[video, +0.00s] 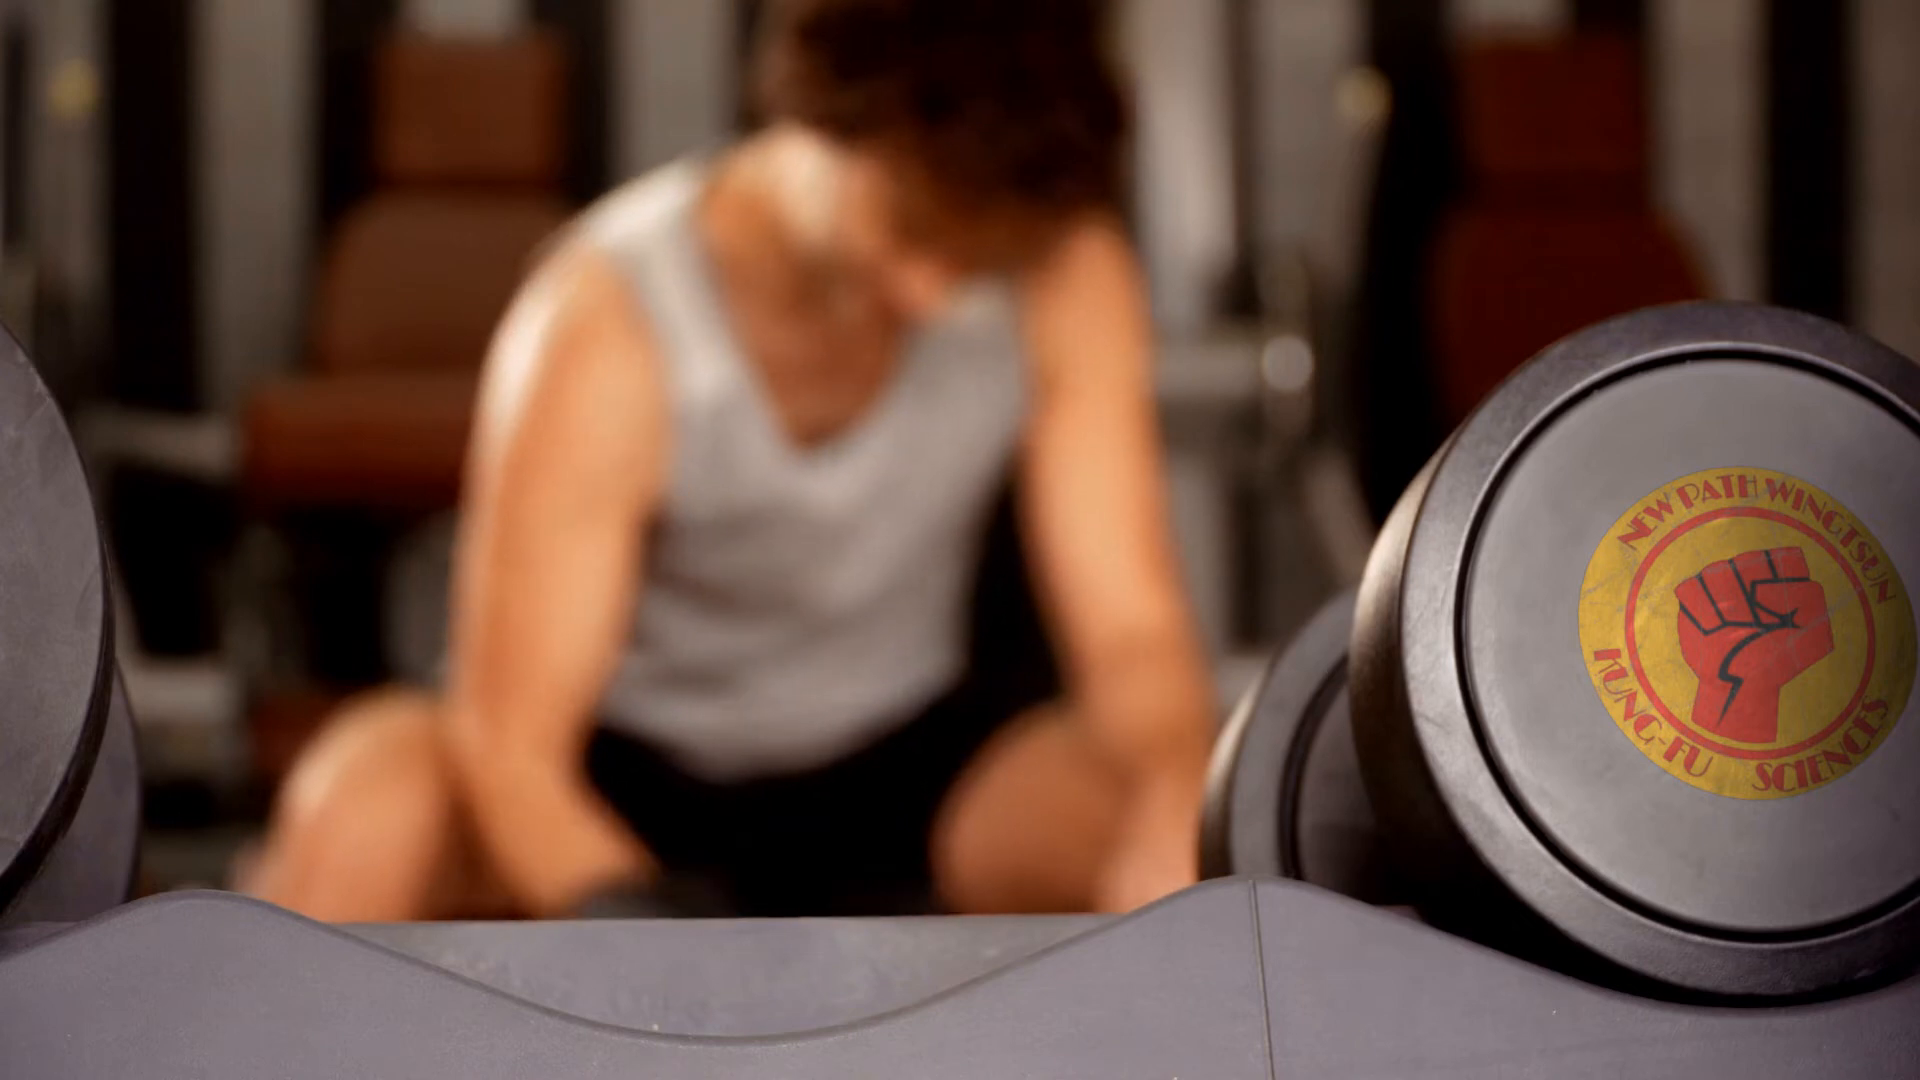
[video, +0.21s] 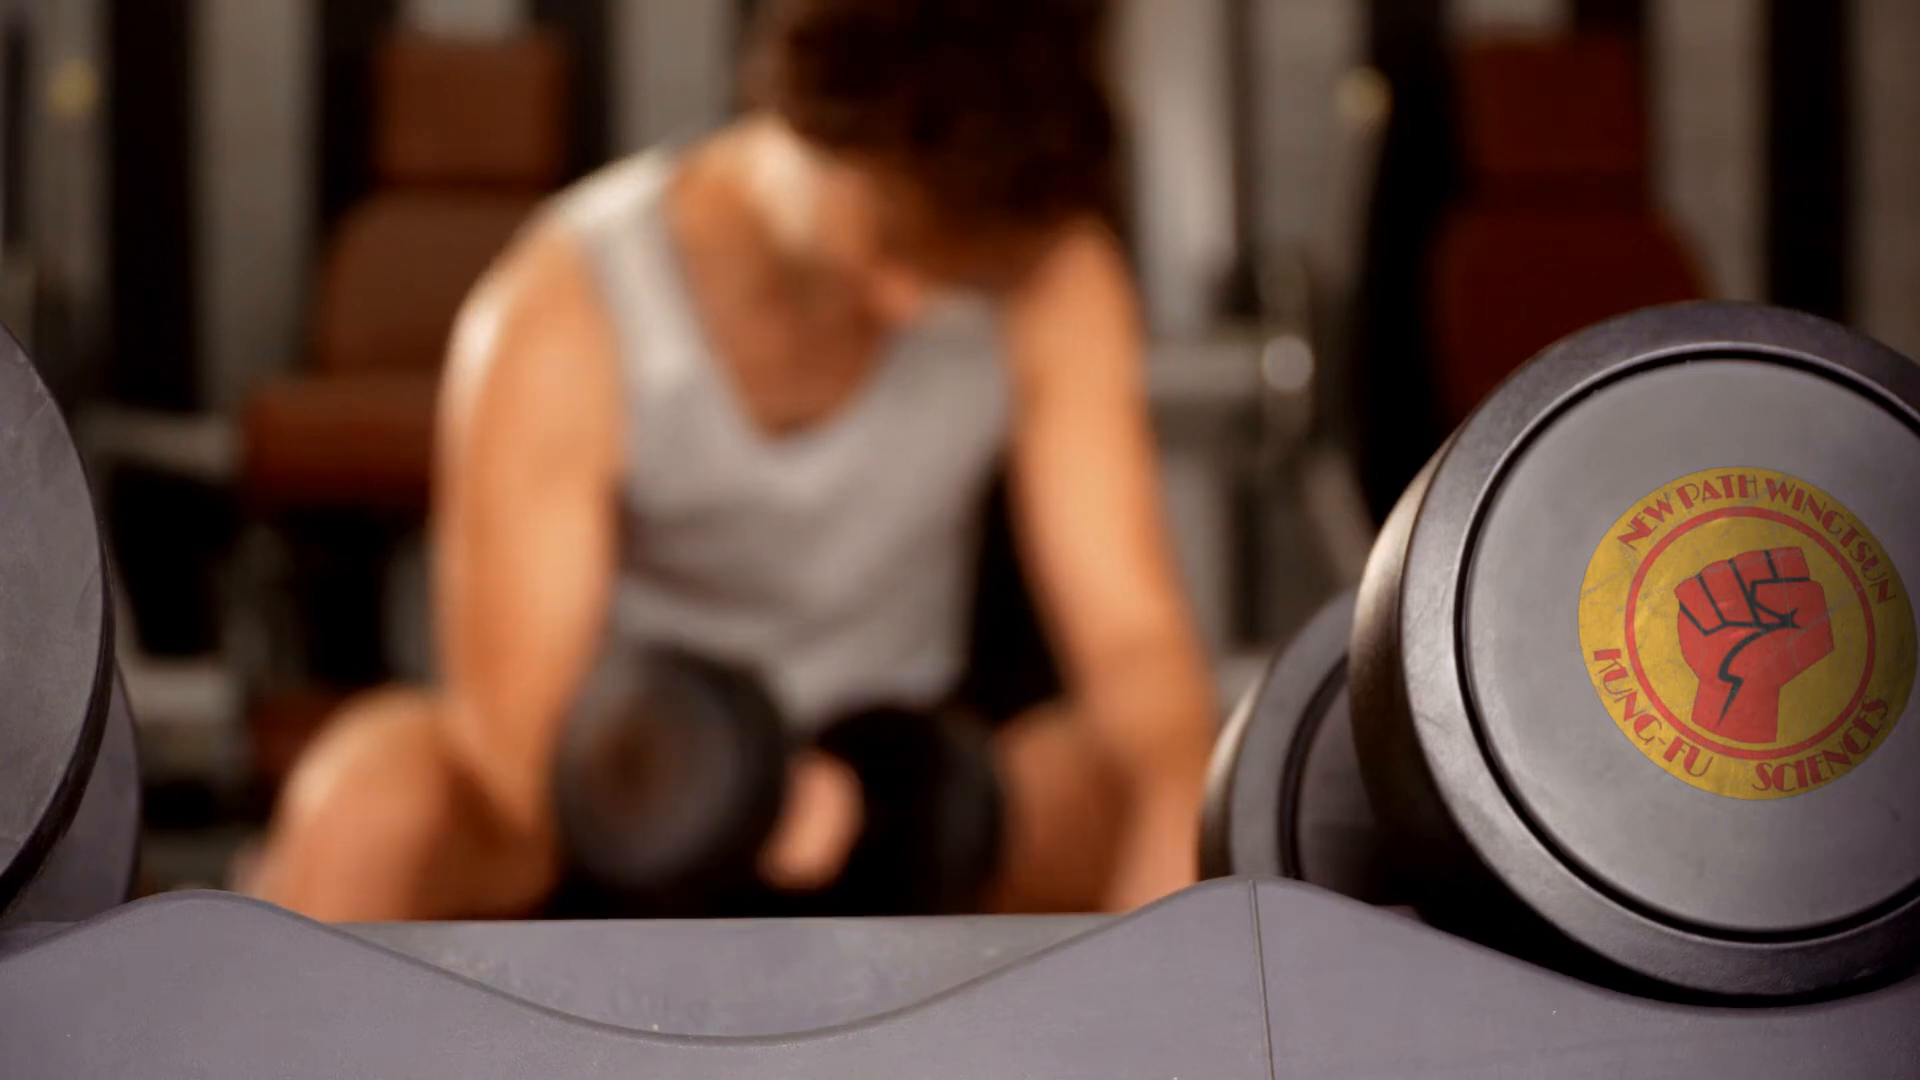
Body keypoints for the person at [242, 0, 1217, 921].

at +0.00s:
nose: (932, 299)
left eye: (982, 262)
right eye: (906, 242)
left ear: (1041, 219)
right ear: (825, 137)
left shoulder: (1058, 263)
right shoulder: (604, 313)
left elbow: (1132, 641)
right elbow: (510, 749)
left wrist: (1169, 837)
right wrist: (672, 954)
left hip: (904, 773)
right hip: (628, 786)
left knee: (1189, 811)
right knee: (365, 788)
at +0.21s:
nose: (911, 307)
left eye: (962, 270)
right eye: (886, 250)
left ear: (1027, 228)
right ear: (804, 136)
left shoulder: (1044, 264)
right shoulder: (559, 311)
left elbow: (1136, 651)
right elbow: (513, 742)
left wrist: (1166, 868)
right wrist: (763, 810)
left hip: (899, 804)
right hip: (605, 805)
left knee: (1186, 778)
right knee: (370, 779)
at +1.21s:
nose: (903, 272)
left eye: (953, 232)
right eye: (877, 212)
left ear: (1010, 179)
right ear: (789, 115)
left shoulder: (1043, 257)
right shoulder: (562, 312)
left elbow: (1130, 641)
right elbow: (512, 756)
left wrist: (1204, 820)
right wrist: (729, 898)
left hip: (906, 767)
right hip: (623, 776)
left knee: (1198, 813)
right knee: (357, 796)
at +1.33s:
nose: (915, 280)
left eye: (968, 238)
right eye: (890, 218)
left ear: (1022, 190)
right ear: (799, 118)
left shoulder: (1052, 263)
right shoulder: (584, 314)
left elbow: (1135, 644)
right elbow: (520, 794)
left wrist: (1200, 822)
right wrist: (675, 1043)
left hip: (904, 782)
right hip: (625, 794)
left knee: (1193, 811)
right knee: (366, 793)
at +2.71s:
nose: (914, 238)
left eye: (962, 192)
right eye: (880, 176)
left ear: (1013, 158)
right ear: (785, 86)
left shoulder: (1043, 254)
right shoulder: (577, 308)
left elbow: (1133, 637)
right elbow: (507, 743)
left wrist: (1180, 861)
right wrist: (718, 896)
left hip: (902, 783)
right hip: (627, 794)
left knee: (1196, 789)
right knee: (369, 794)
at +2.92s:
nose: (906, 229)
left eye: (953, 181)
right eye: (871, 166)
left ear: (1006, 145)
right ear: (772, 78)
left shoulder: (1029, 255)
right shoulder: (537, 310)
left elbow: (1129, 628)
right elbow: (517, 725)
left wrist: (1189, 830)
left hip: (889, 807)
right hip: (615, 812)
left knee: (1186, 784)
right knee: (378, 778)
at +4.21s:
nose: (875, 205)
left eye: (924, 158)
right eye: (842, 145)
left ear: (981, 123)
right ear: (748, 68)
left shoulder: (1024, 253)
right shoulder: (526, 319)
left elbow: (1125, 635)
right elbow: (519, 741)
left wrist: (1167, 863)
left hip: (907, 792)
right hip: (628, 791)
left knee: (1191, 770)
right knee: (362, 789)